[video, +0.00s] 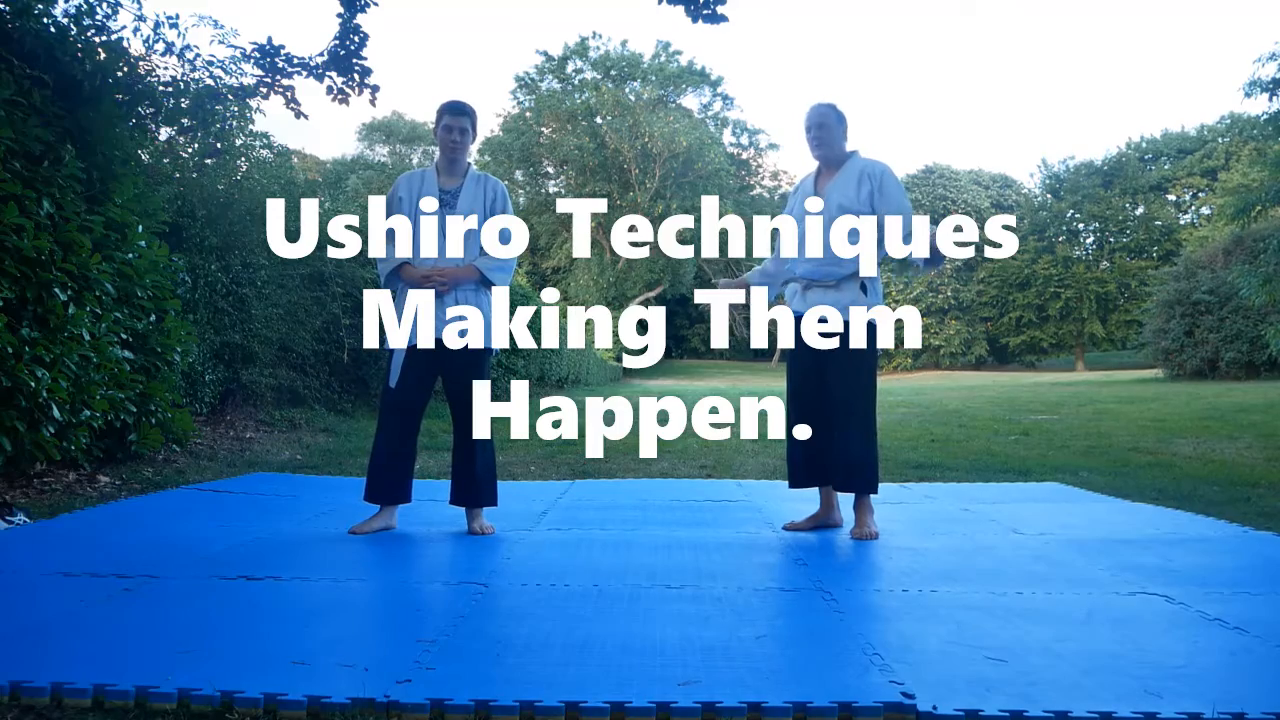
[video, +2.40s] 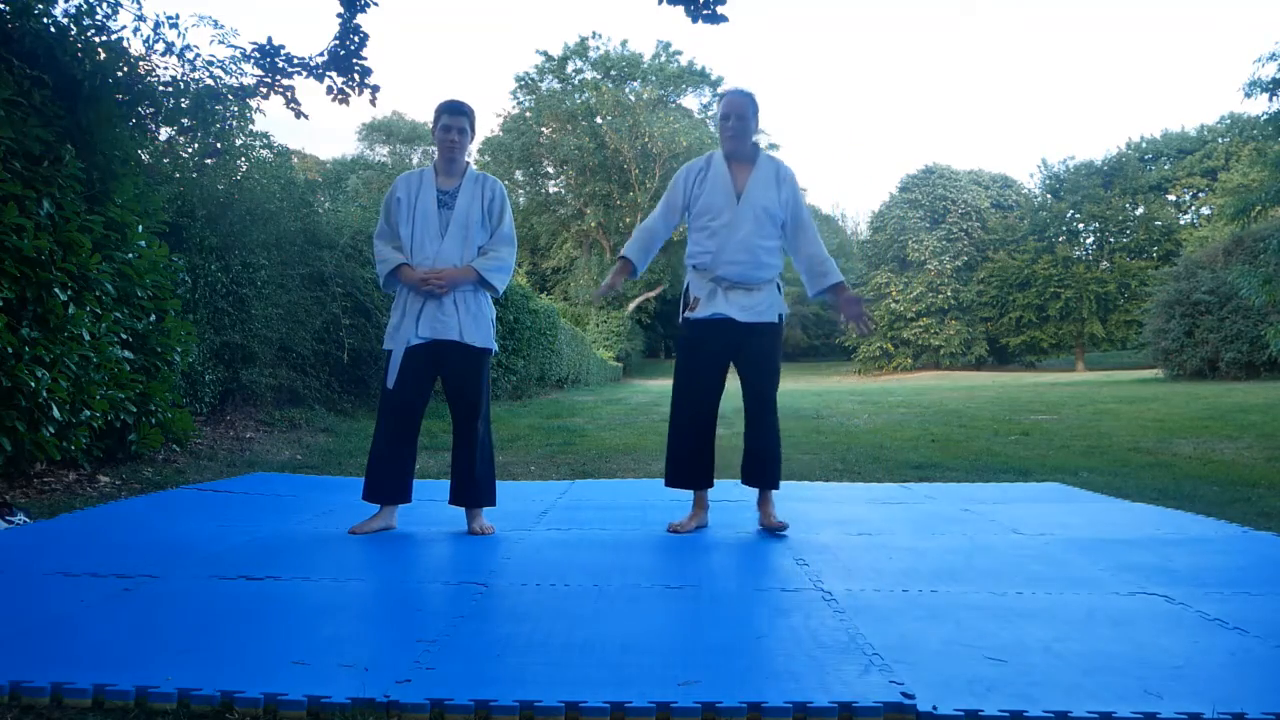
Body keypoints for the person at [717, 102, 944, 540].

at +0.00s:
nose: (814, 136)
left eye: (822, 128)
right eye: (809, 130)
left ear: (844, 131)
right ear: (805, 137)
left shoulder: (873, 174)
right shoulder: (800, 190)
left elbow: (905, 238)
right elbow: (783, 257)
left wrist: (928, 252)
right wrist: (745, 283)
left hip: (854, 309)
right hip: (806, 311)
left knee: (854, 408)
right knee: (812, 408)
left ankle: (864, 509)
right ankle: (827, 507)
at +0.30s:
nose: (813, 135)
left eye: (821, 128)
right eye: (808, 130)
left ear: (842, 132)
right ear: (803, 138)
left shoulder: (871, 175)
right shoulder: (797, 190)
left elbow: (892, 239)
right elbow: (779, 256)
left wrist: (878, 295)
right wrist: (772, 303)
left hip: (853, 305)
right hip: (803, 308)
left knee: (854, 406)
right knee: (811, 407)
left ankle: (864, 508)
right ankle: (827, 506)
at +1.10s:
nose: (797, 134)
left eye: (805, 126)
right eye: (792, 128)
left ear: (827, 127)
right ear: (787, 133)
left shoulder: (856, 171)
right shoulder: (786, 184)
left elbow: (877, 234)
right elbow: (770, 247)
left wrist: (882, 296)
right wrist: (759, 307)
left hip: (831, 304)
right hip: (785, 305)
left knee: (811, 405)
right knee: (796, 406)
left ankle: (793, 508)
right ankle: (828, 505)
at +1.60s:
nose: (771, 131)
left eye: (780, 122)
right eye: (768, 123)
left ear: (808, 122)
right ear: (768, 126)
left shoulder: (835, 165)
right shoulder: (767, 180)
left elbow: (850, 231)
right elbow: (750, 244)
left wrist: (829, 290)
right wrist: (726, 302)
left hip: (809, 307)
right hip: (761, 307)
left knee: (800, 408)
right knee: (741, 401)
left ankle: (792, 512)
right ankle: (782, 487)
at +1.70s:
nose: (767, 130)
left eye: (775, 122)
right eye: (764, 123)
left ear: (803, 121)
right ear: (766, 125)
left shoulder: (832, 165)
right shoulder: (763, 179)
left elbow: (848, 231)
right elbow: (746, 243)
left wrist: (825, 290)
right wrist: (726, 301)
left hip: (807, 306)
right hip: (757, 306)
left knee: (799, 410)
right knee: (735, 403)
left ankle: (791, 514)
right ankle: (751, 497)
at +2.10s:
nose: (738, 129)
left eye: (747, 121)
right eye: (734, 121)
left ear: (774, 123)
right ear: (732, 124)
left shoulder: (802, 169)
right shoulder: (721, 178)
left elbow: (822, 236)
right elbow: (700, 245)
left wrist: (832, 301)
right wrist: (678, 305)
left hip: (781, 305)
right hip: (725, 306)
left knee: (783, 411)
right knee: (711, 409)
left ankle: (789, 514)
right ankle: (699, 508)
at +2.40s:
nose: (731, 125)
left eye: (740, 118)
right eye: (725, 118)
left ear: (756, 124)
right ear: (715, 124)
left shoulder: (778, 174)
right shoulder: (694, 173)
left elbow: (804, 238)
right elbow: (658, 223)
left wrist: (838, 292)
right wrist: (624, 266)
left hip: (762, 304)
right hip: (704, 303)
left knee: (762, 407)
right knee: (696, 405)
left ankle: (766, 505)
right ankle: (698, 506)